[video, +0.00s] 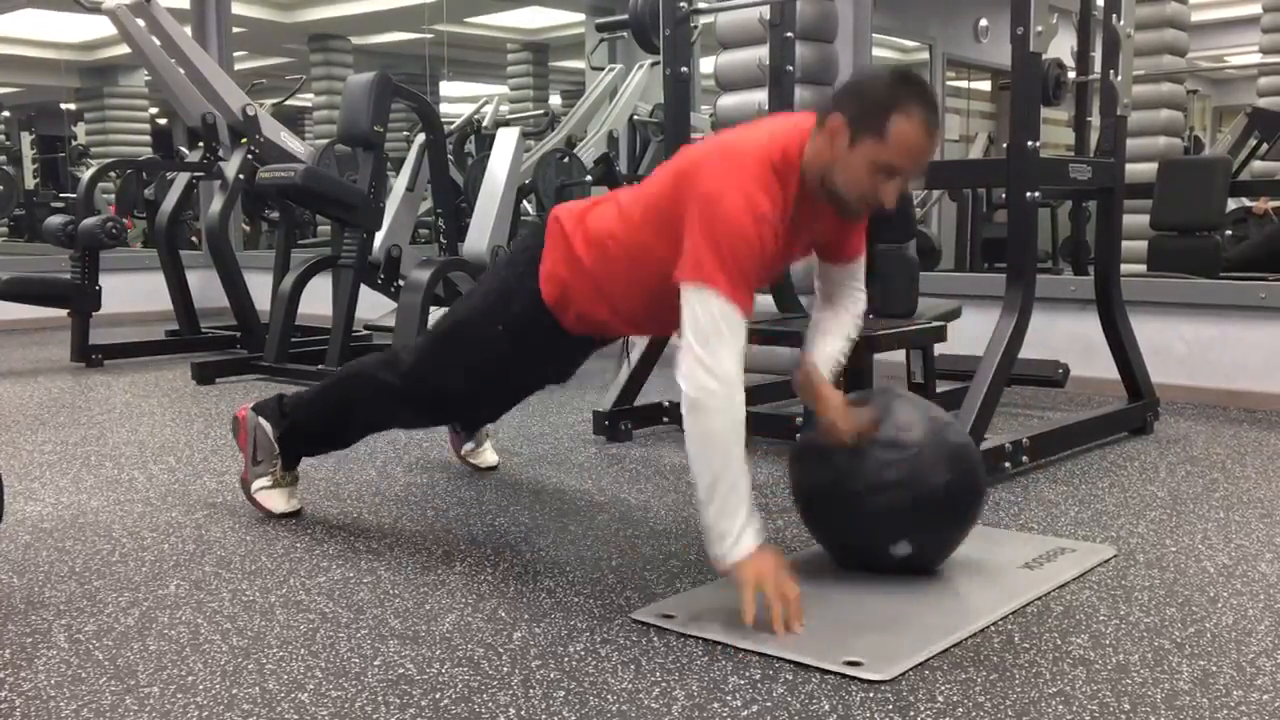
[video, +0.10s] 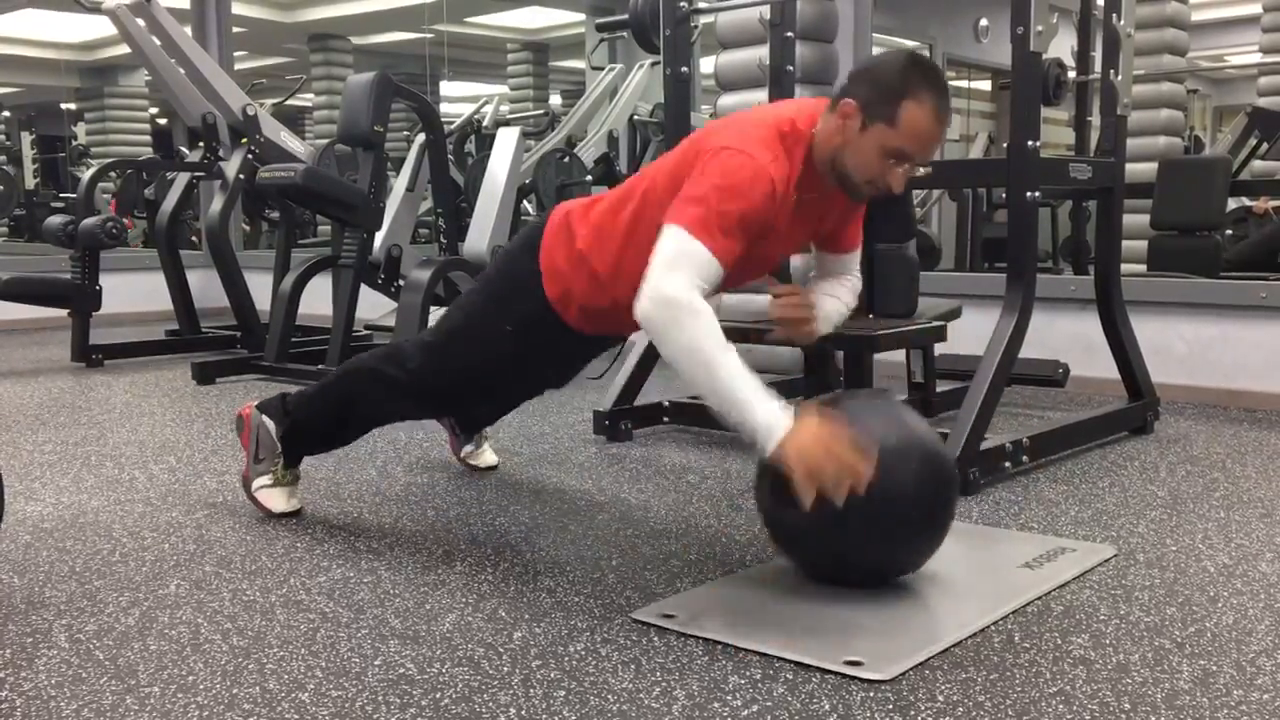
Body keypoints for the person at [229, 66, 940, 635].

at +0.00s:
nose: (893, 195)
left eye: (907, 180)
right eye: (886, 171)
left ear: (893, 162)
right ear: (832, 133)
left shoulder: (843, 184)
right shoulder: (743, 185)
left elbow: (844, 294)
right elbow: (709, 372)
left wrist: (816, 365)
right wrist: (742, 543)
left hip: (615, 301)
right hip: (561, 272)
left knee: (519, 376)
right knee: (430, 379)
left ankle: (463, 418)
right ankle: (275, 428)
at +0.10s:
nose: (904, 178)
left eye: (917, 164)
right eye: (899, 156)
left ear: (866, 130)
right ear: (844, 120)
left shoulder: (846, 170)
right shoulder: (753, 163)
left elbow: (842, 278)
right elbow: (668, 301)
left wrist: (819, 311)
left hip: (615, 306)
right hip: (558, 272)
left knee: (519, 379)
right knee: (432, 373)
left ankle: (461, 415)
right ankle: (278, 428)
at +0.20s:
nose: (922, 225)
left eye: (934, 211)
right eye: (917, 203)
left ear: (901, 182)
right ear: (865, 163)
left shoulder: (865, 217)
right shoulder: (768, 183)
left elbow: (873, 308)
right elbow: (651, 282)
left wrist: (882, 379)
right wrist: (766, 393)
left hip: (630, 325)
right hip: (566, 291)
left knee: (533, 386)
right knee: (436, 379)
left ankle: (462, 420)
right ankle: (279, 427)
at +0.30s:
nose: (954, 323)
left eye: (967, 308)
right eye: (948, 302)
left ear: (938, 281)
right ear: (897, 266)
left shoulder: (904, 294)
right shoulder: (798, 268)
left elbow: (929, 393)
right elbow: (663, 311)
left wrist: (942, 502)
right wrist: (725, 443)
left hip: (632, 343)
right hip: (578, 338)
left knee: (510, 381)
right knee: (441, 397)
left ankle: (459, 428)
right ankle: (281, 426)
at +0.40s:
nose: (978, 443)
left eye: (990, 434)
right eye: (974, 428)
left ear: (958, 391)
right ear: (932, 389)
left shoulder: (926, 362)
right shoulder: (832, 357)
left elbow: (941, 426)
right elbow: (682, 335)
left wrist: (944, 503)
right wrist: (712, 464)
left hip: (666, 391)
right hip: (620, 389)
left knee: (490, 411)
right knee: (460, 432)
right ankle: (295, 425)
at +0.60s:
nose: (980, 514)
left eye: (998, 510)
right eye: (981, 500)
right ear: (947, 449)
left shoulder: (956, 423)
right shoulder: (866, 392)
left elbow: (921, 464)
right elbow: (718, 324)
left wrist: (955, 510)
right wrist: (726, 455)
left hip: (687, 483)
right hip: (652, 452)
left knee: (584, 438)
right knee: (484, 472)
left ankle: (483, 389)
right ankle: (322, 425)